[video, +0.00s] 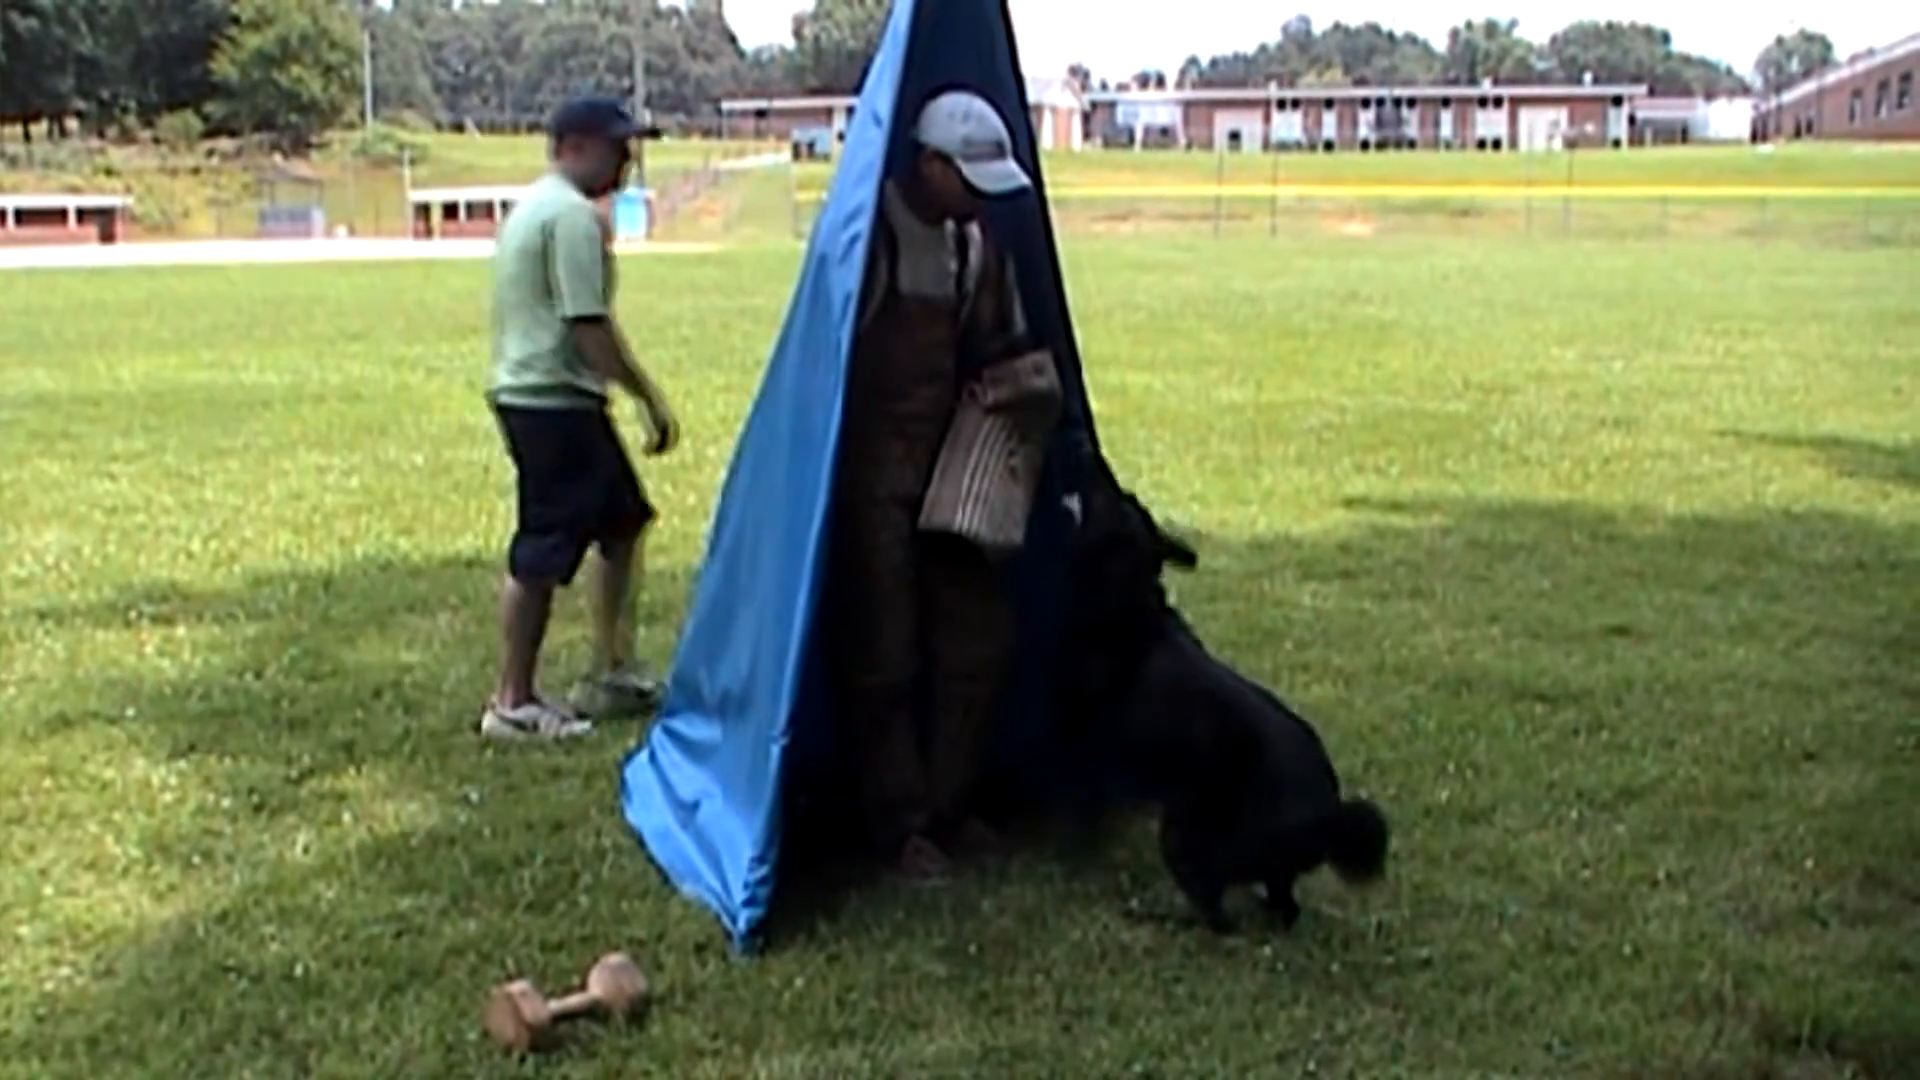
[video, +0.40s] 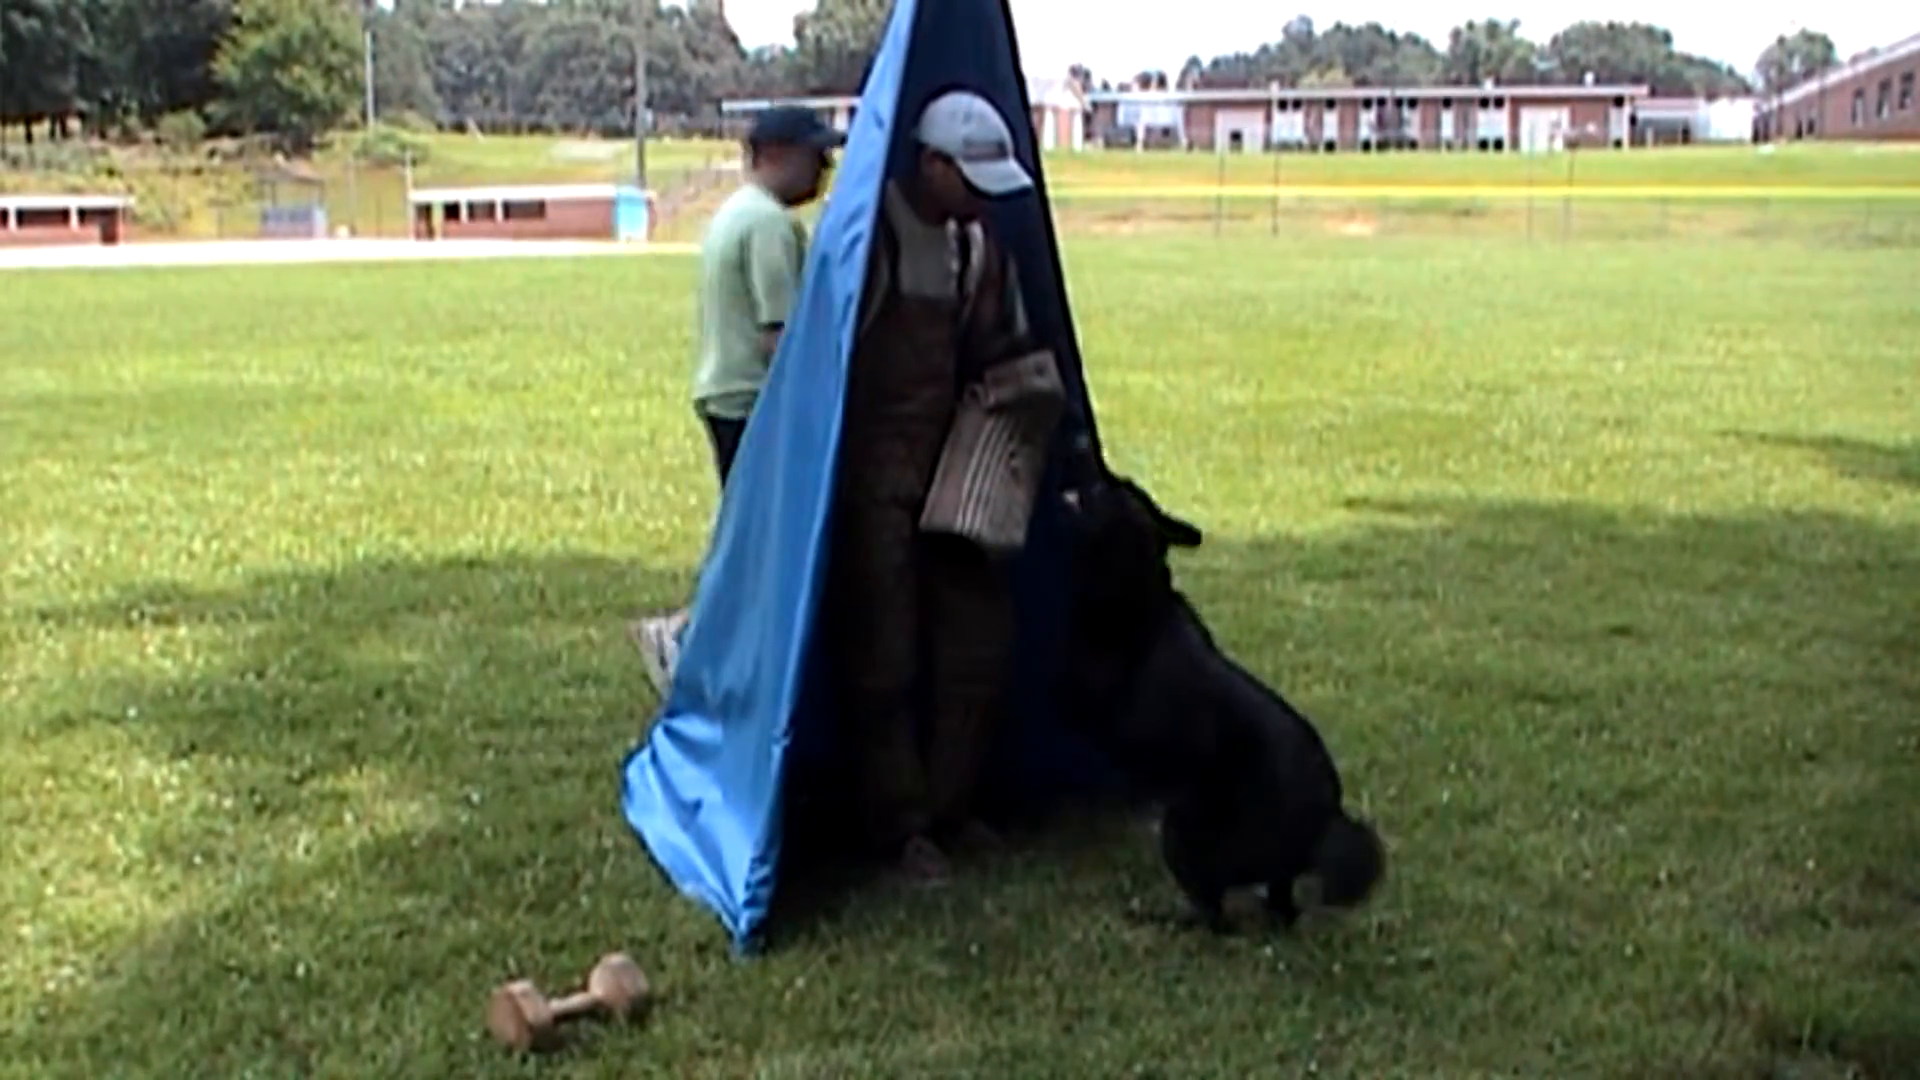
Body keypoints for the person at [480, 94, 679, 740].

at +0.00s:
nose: (625, 168)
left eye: (626, 154)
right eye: (617, 153)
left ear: (568, 151)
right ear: (578, 148)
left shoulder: (538, 207)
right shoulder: (572, 216)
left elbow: (541, 319)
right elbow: (587, 327)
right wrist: (650, 398)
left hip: (532, 394)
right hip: (555, 402)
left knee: (625, 521)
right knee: (545, 550)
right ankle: (513, 698)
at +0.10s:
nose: (673, 180)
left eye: (674, 166)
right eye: (667, 165)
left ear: (620, 161)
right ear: (629, 159)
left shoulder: (587, 222)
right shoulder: (618, 228)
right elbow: (644, 339)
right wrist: (715, 399)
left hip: (579, 410)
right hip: (604, 416)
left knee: (668, 549)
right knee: (557, 562)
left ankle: (727, 676)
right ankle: (515, 698)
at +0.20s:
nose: (723, 185)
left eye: (724, 171)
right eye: (715, 170)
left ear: (667, 168)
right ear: (674, 166)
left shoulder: (631, 224)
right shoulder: (670, 235)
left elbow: (617, 331)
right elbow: (695, 345)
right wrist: (759, 403)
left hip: (631, 414)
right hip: (659, 421)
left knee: (721, 557)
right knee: (606, 559)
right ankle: (526, 690)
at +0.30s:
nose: (776, 179)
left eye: (777, 166)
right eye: (766, 166)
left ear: (718, 165)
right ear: (723, 163)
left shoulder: (684, 224)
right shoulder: (723, 232)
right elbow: (746, 349)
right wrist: (787, 419)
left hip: (678, 401)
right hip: (712, 409)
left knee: (699, 550)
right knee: (698, 556)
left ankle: (586, 654)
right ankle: (585, 655)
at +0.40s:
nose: (823, 172)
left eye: (823, 158)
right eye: (814, 157)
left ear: (763, 159)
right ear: (773, 156)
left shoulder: (737, 212)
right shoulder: (769, 224)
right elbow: (777, 331)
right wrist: (819, 391)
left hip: (717, 389)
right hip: (751, 398)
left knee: (743, 522)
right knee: (759, 527)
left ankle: (700, 631)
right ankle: (699, 635)